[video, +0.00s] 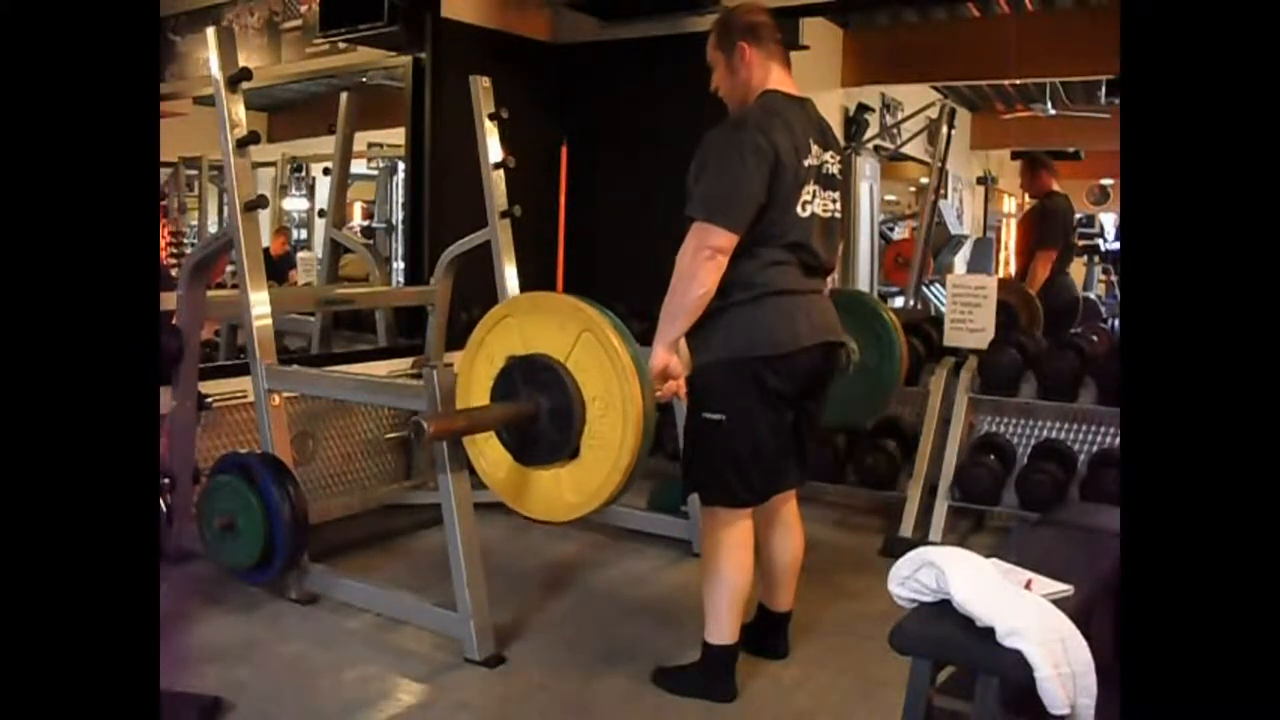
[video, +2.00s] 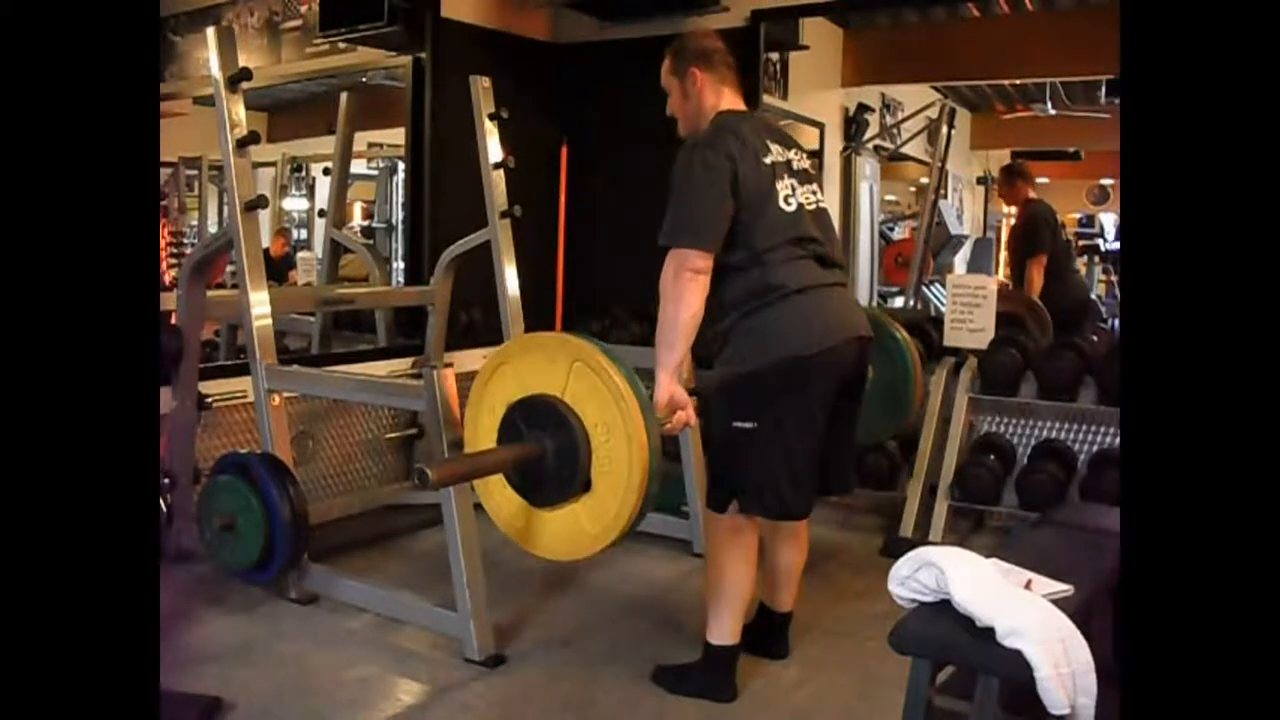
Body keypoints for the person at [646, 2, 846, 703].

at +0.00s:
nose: (715, 84)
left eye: (716, 68)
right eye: (713, 70)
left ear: (744, 55)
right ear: (774, 55)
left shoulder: (746, 130)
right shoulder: (819, 129)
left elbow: (710, 247)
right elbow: (824, 253)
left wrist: (664, 342)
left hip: (745, 342)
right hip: (809, 338)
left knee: (726, 504)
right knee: (777, 490)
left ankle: (715, 668)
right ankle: (772, 631)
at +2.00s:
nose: (672, 110)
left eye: (672, 93)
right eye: (669, 95)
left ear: (699, 82)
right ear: (731, 81)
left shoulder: (711, 146)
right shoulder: (787, 139)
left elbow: (692, 265)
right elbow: (805, 248)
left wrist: (668, 372)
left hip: (770, 349)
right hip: (838, 339)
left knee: (732, 506)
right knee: (789, 496)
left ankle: (716, 667)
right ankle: (774, 631)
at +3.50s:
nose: (634, 212)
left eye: (632, 195)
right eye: (630, 198)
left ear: (657, 182)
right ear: (688, 178)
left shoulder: (681, 233)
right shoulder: (747, 213)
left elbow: (668, 352)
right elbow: (801, 297)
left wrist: (649, 465)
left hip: (811, 367)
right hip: (885, 351)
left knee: (736, 505)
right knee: (797, 505)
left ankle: (716, 668)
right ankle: (772, 631)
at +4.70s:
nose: (671, 111)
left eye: (673, 96)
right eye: (671, 97)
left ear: (696, 90)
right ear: (733, 91)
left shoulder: (703, 157)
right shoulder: (779, 155)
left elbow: (679, 271)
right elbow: (815, 255)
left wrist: (661, 383)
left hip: (775, 357)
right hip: (844, 346)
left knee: (736, 502)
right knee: (797, 497)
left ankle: (717, 665)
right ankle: (775, 630)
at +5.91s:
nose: (662, 133)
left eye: (660, 116)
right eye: (658, 119)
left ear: (685, 99)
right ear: (720, 97)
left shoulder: (706, 160)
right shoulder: (783, 156)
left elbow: (689, 280)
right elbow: (814, 261)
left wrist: (669, 391)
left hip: (773, 356)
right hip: (844, 347)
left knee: (729, 511)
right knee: (789, 498)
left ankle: (716, 666)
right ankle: (773, 629)